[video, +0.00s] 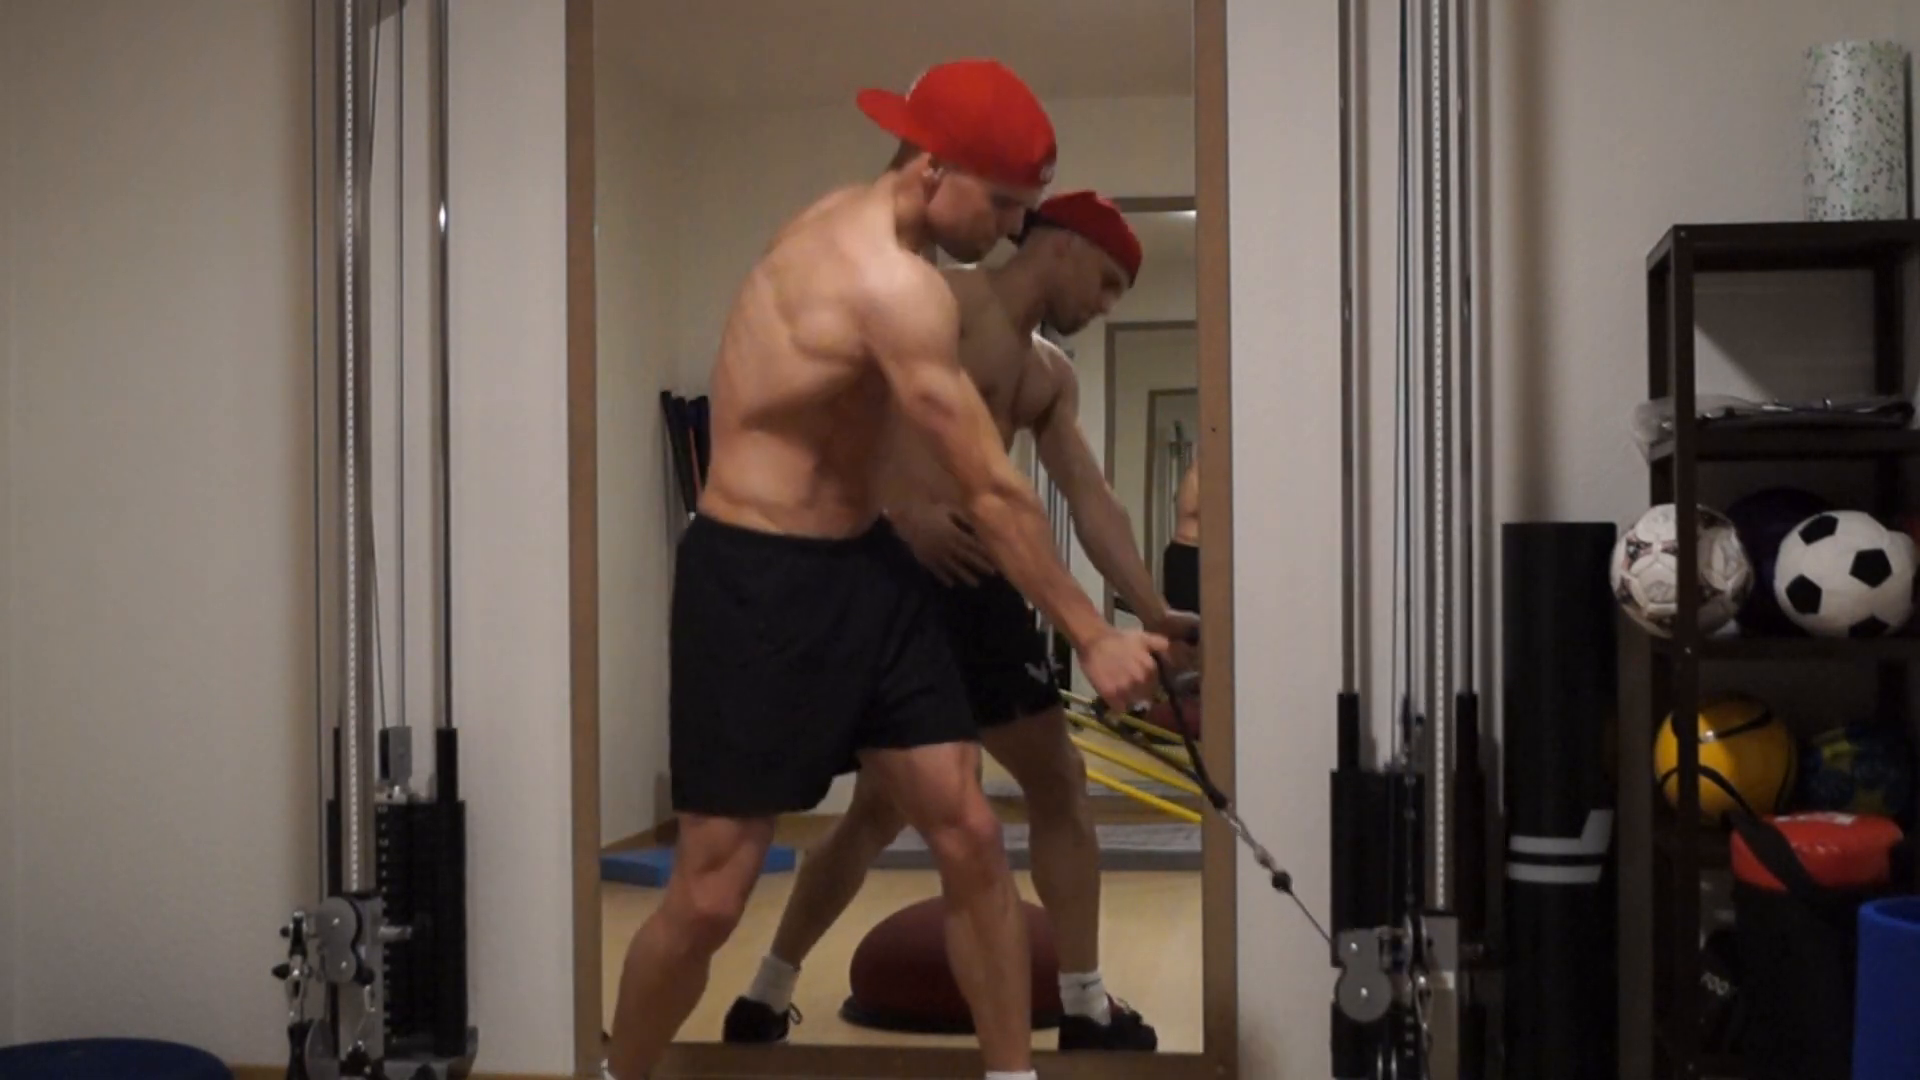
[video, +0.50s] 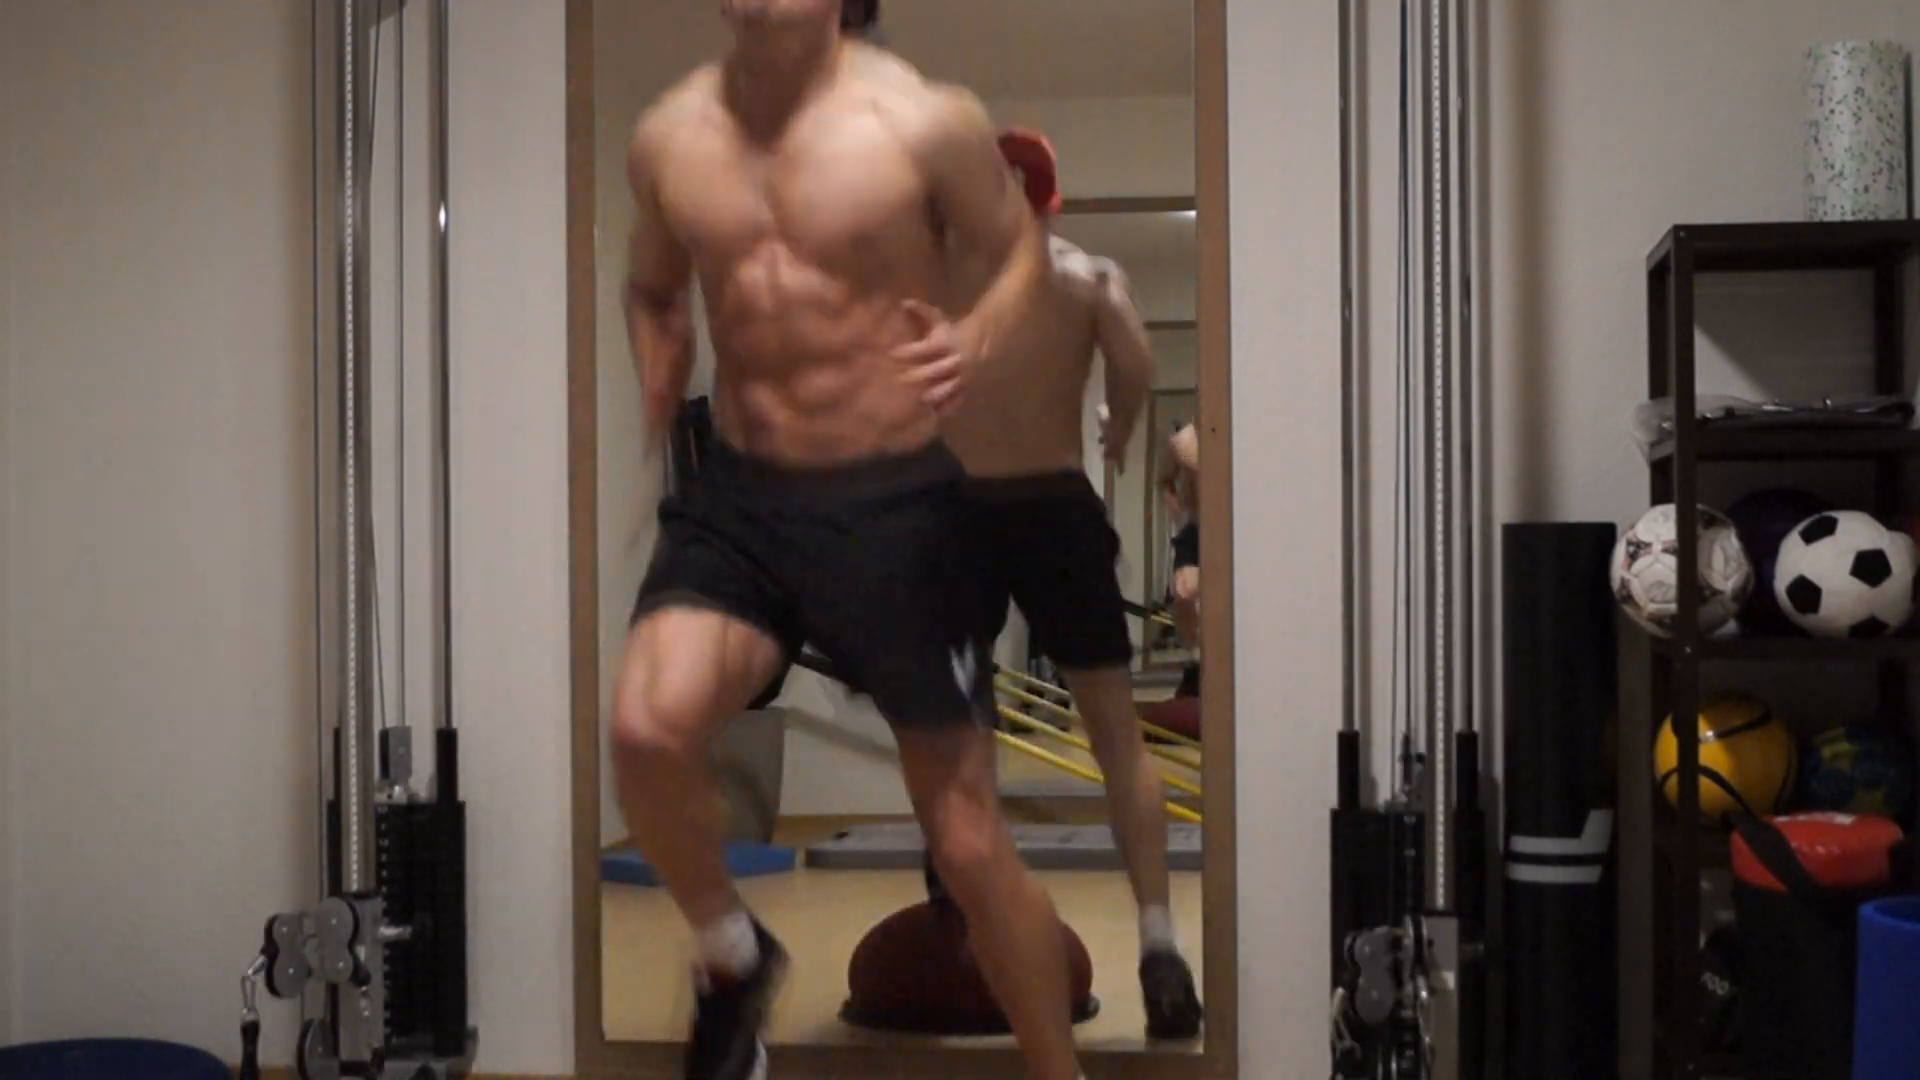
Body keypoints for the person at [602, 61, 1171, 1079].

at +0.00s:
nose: (1009, 228)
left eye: (1018, 208)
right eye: (1003, 204)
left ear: (929, 168)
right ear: (933, 172)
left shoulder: (862, 216)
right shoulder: (896, 284)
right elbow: (987, 492)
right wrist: (1095, 638)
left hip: (860, 567)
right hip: (751, 573)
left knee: (970, 834)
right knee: (710, 893)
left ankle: (1013, 1074)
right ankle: (626, 1071)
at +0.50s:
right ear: (723, 2)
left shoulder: (928, 120)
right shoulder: (671, 135)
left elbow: (1015, 253)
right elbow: (656, 291)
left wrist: (970, 342)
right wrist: (664, 413)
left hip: (899, 510)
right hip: (742, 505)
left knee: (966, 848)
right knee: (647, 731)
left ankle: (1056, 1069)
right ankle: (731, 958)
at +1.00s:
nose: (651, 3)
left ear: (735, 10)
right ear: (614, 10)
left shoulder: (814, 147)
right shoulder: (553, 153)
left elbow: (896, 289)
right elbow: (523, 294)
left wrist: (829, 334)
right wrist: (513, 405)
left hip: (752, 518)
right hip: (593, 515)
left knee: (708, 774)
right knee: (503, 856)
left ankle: (750, 986)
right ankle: (475, 1072)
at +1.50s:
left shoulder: (871, 105)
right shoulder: (607, 115)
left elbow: (944, 200)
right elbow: (572, 289)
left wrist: (937, 305)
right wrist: (617, 326)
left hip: (838, 477)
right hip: (682, 484)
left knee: (903, 789)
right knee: (669, 772)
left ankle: (984, 1052)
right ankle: (695, 1027)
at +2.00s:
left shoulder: (805, 67)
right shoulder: (563, 73)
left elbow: (895, 245)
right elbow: (541, 206)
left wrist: (771, 239)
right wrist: (522, 337)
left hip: (747, 435)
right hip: (599, 422)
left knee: (690, 760)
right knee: (489, 705)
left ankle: (735, 1046)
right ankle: (526, 970)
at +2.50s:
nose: (753, 6)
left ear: (836, 24)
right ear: (713, 19)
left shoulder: (883, 142)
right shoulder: (661, 149)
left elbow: (967, 81)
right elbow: (521, 157)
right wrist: (557, 5)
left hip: (865, 537)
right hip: (711, 538)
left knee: (935, 858)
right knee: (651, 862)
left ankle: (962, 1070)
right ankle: (652, 1076)